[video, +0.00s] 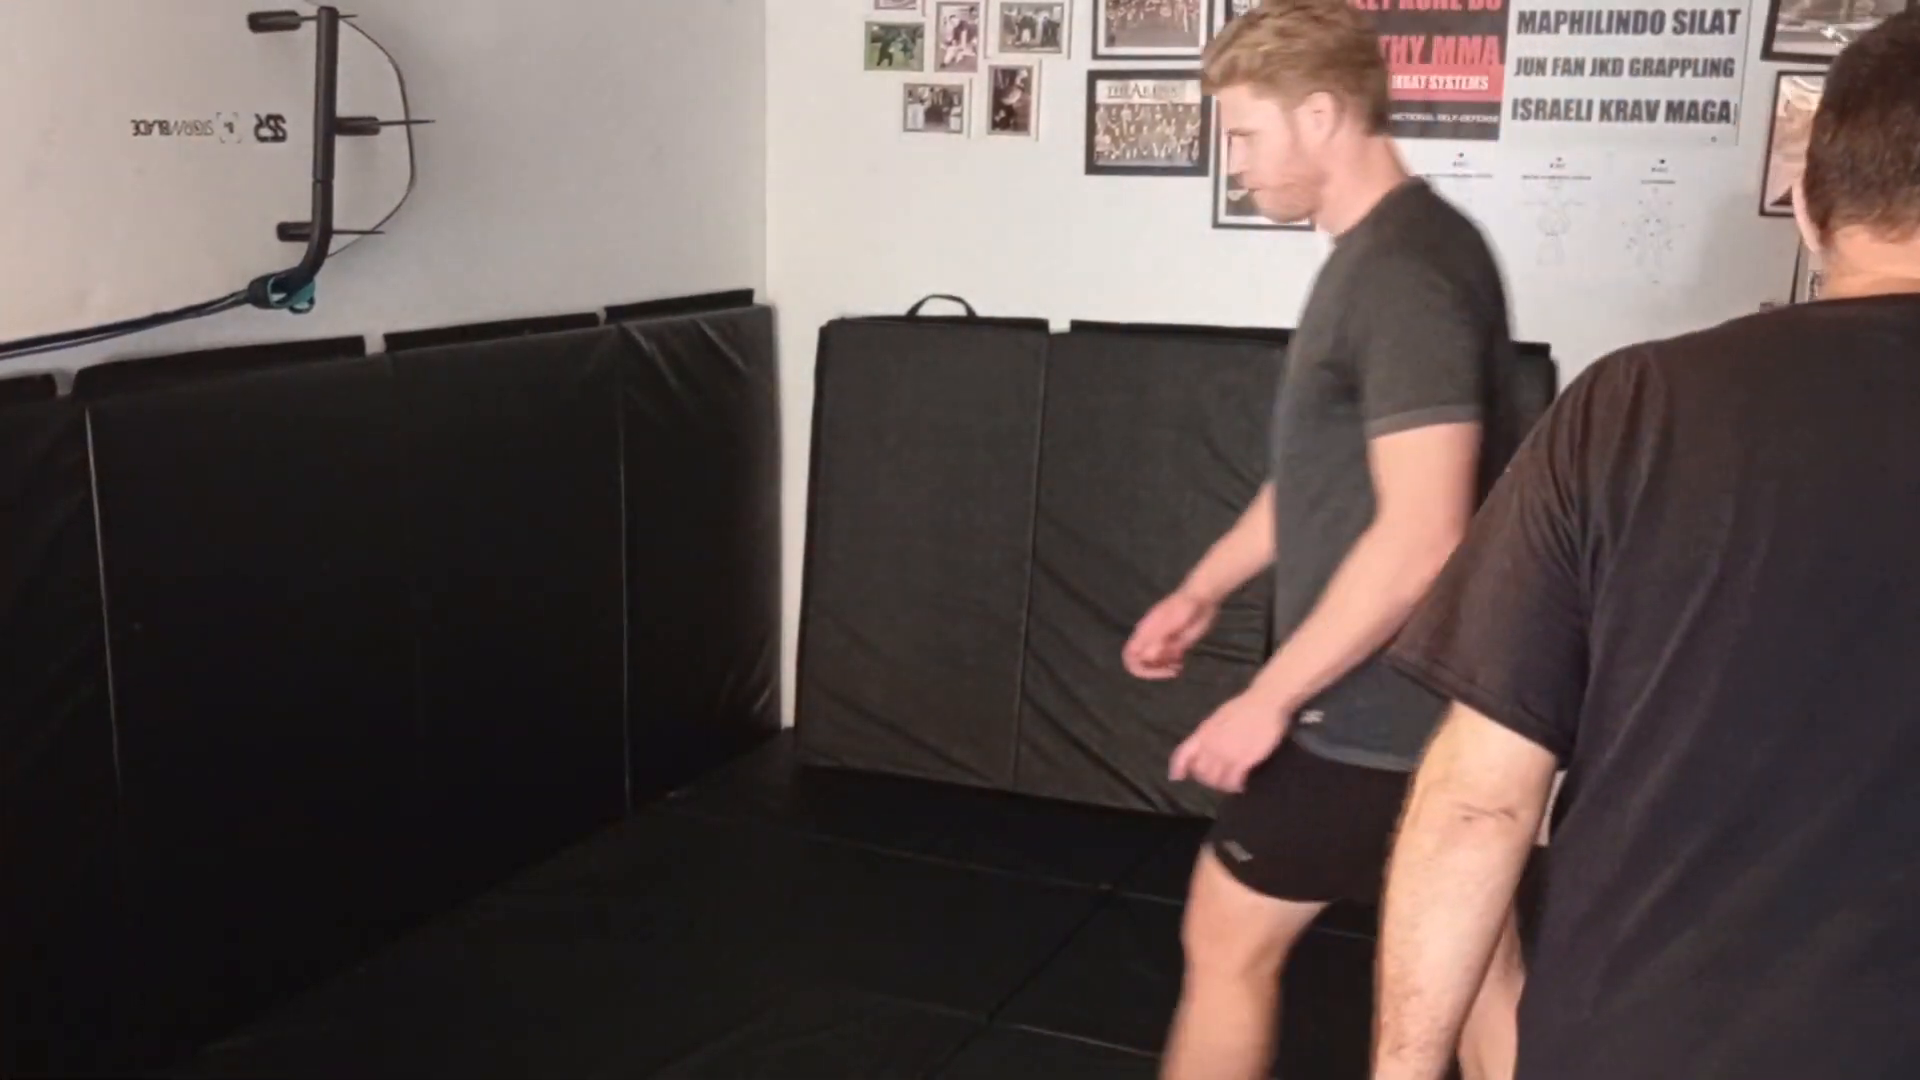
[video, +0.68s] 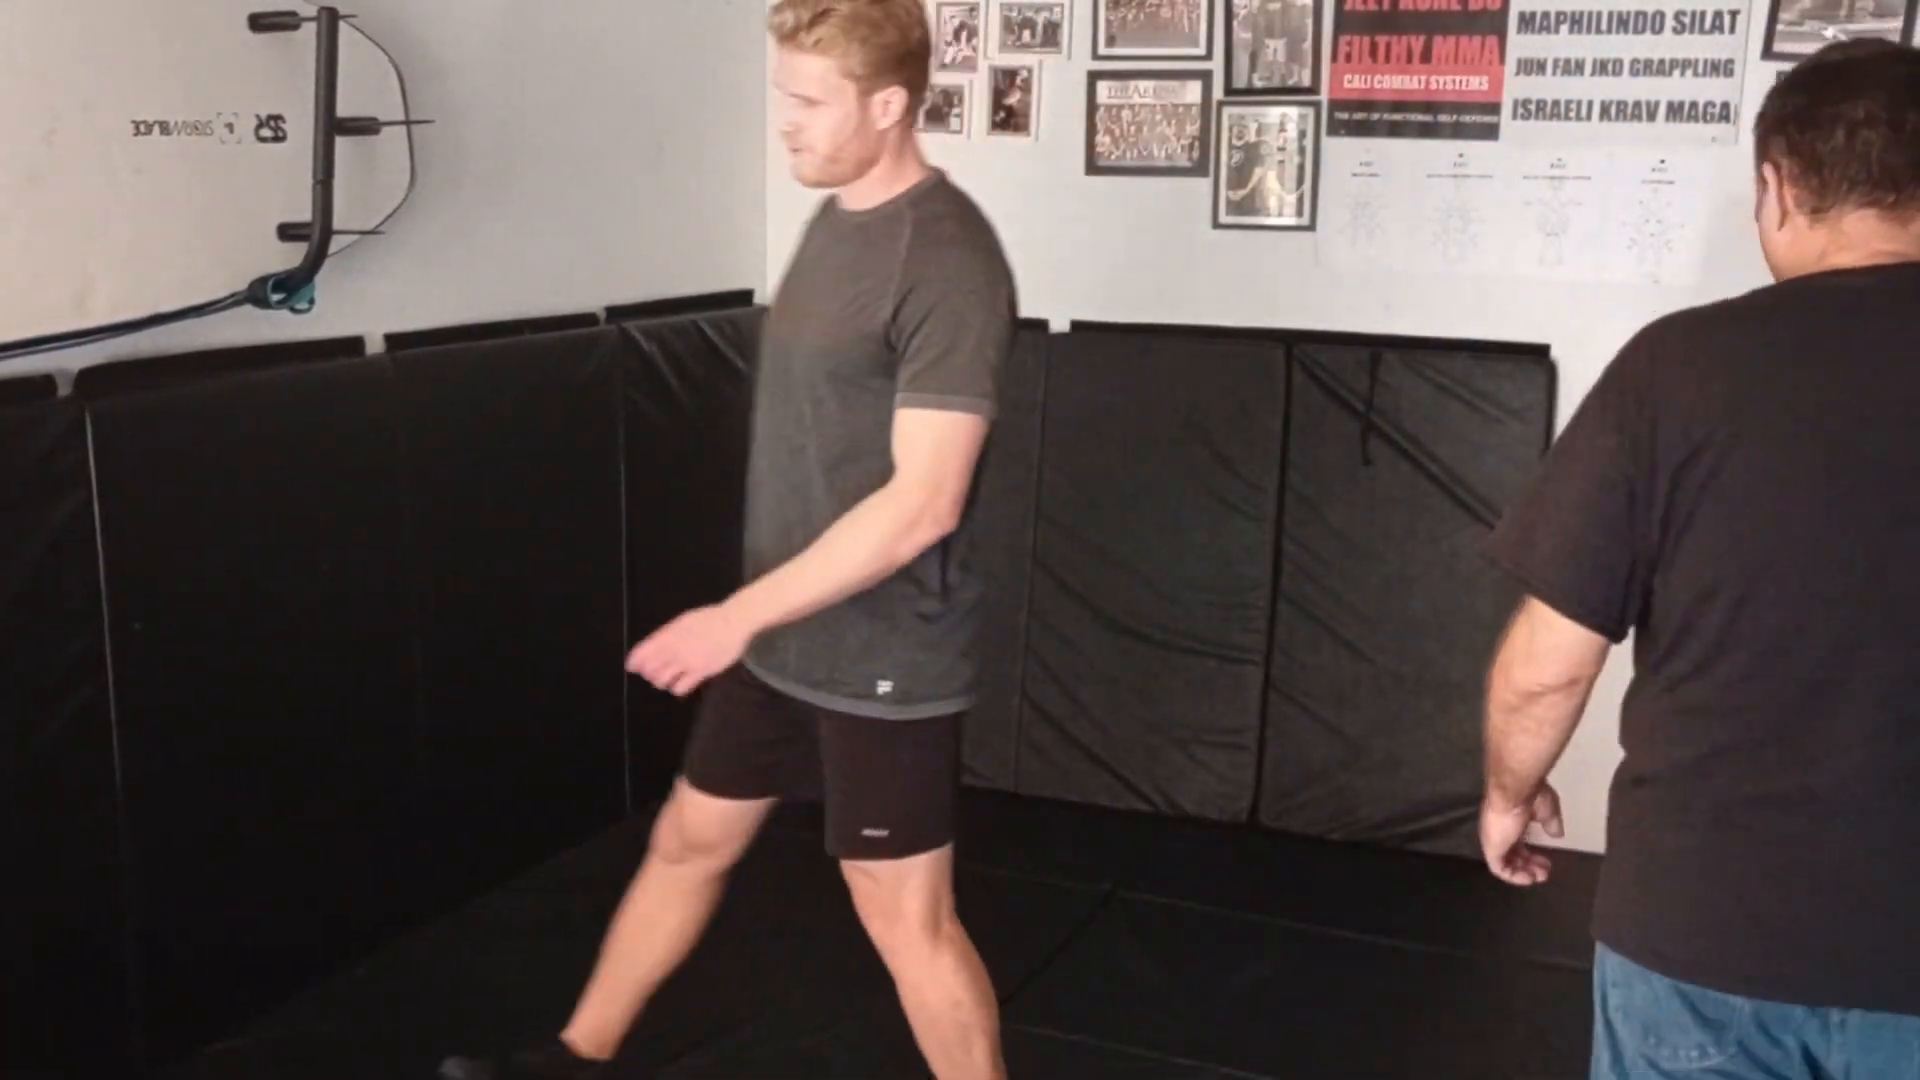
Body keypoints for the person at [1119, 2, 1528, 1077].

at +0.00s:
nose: (1233, 166)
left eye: (1243, 135)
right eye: (1228, 140)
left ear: (1327, 116)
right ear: (1327, 120)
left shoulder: (1407, 266)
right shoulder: (1371, 257)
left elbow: (1423, 531)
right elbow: (1316, 473)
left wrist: (1268, 698)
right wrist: (1204, 591)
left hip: (1369, 728)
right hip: (1416, 719)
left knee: (1227, 945)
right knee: (1480, 978)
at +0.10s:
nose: (1153, 183)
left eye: (1163, 156)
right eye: (1147, 159)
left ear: (1243, 140)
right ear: (1242, 142)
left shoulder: (1298, 295)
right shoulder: (1343, 261)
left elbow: (1320, 549)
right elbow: (1252, 486)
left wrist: (1186, 734)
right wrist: (1134, 604)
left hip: (1272, 743)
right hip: (1355, 730)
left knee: (1132, 947)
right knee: (1430, 985)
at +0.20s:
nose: (1062, 184)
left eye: (1074, 156)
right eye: (1060, 158)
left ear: (1154, 149)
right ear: (1167, 149)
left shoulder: (1190, 316)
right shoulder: (1255, 269)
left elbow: (1199, 576)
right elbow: (1208, 492)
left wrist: (1115, 782)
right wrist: (1097, 614)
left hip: (1172, 741)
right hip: (1256, 723)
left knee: (1042, 931)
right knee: (1307, 944)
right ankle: (1459, 1076)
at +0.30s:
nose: (976, 169)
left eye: (990, 143)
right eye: (974, 144)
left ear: (1073, 139)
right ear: (1083, 139)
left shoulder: (1098, 306)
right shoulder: (1170, 248)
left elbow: (1098, 561)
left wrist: (1036, 772)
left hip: (1069, 700)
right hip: (1149, 682)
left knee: (972, 918)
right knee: (1126, 903)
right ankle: (1327, 1072)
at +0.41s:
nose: (914, 143)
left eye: (931, 119)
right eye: (911, 119)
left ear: (1016, 117)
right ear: (1015, 119)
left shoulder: (1043, 279)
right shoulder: (1100, 235)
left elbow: (1036, 536)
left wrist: (945, 735)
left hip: (1007, 687)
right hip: (1056, 665)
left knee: (945, 914)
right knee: (1007, 877)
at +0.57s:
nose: (835, 117)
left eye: (854, 95)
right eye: (834, 92)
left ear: (935, 100)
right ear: (928, 101)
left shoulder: (992, 256)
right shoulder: (926, 227)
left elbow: (966, 503)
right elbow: (902, 464)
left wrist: (799, 648)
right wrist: (830, 631)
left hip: (935, 668)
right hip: (852, 640)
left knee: (931, 918)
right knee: (766, 830)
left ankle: (983, 1074)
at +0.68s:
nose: (785, 124)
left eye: (808, 104)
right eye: (780, 97)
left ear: (889, 108)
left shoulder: (953, 264)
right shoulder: (840, 216)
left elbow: (927, 505)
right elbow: (823, 438)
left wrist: (737, 619)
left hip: (890, 663)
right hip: (780, 636)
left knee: (912, 921)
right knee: (690, 839)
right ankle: (580, 1052)